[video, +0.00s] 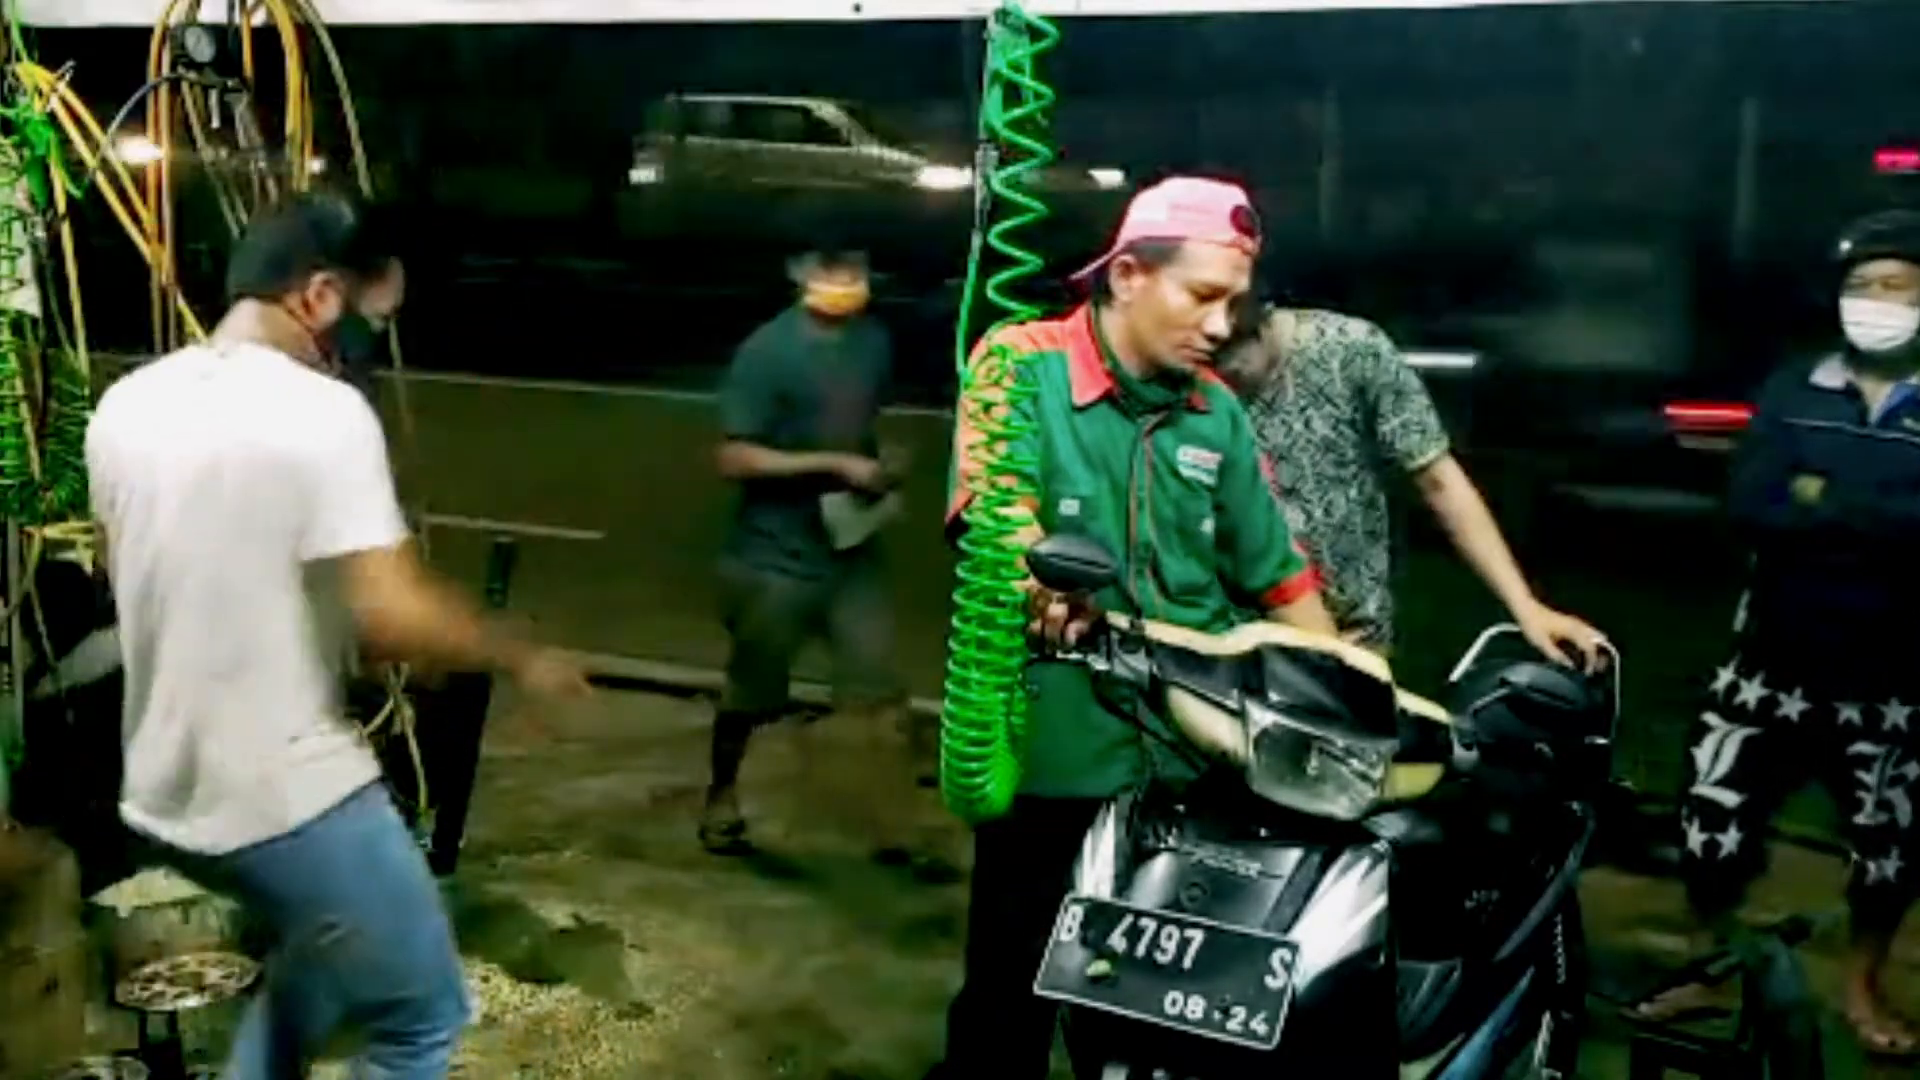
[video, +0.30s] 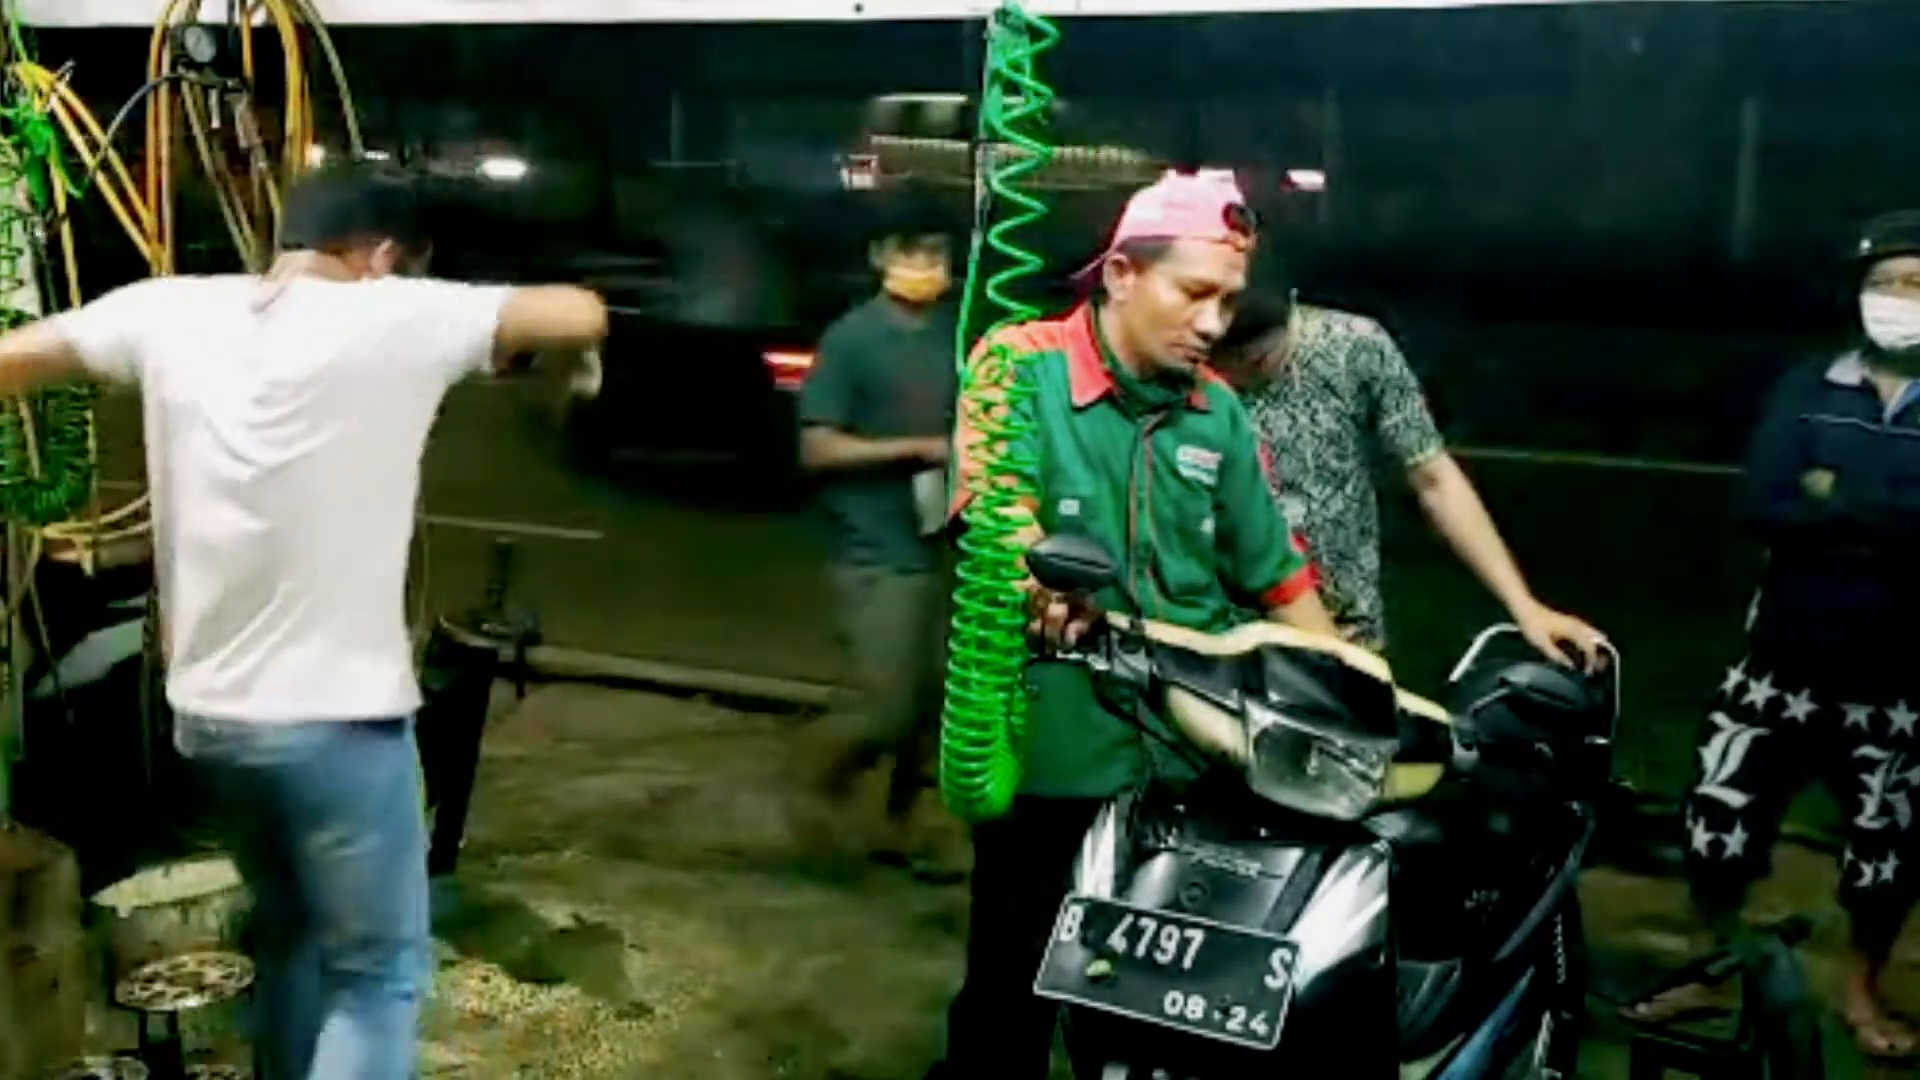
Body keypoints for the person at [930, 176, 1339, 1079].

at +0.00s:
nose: (1220, 325)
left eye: (1234, 304)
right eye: (1204, 296)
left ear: (1245, 303)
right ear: (1127, 276)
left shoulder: (1218, 416)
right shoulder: (1018, 367)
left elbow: (1286, 587)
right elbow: (994, 510)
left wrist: (1343, 702)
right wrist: (1045, 594)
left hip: (1189, 762)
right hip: (1048, 760)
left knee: (1162, 1017)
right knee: (1006, 1016)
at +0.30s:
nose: (1212, 322)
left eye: (1228, 303)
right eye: (1196, 292)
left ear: (1237, 304)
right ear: (1120, 276)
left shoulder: (1220, 415)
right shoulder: (1019, 369)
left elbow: (1284, 585)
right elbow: (993, 518)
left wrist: (1348, 702)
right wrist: (1043, 600)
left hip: (1187, 761)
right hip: (1047, 760)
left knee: (1160, 1012)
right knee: (1007, 1014)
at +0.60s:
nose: (1191, 312)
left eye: (1213, 292)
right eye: (1170, 281)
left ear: (1228, 301)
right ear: (1104, 272)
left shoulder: (1221, 418)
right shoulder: (1020, 371)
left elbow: (1288, 589)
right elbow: (988, 515)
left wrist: (1345, 710)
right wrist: (1041, 597)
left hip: (1187, 759)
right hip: (1048, 755)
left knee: (1160, 1010)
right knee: (1008, 1011)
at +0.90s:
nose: (1176, 305)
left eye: (1200, 284)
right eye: (1153, 275)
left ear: (1221, 297)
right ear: (1095, 273)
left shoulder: (1218, 415)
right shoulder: (1017, 368)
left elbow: (1282, 584)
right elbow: (986, 505)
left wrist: (1342, 701)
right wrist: (1042, 593)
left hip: (1188, 755)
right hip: (1048, 752)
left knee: (1159, 1010)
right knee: (1008, 1009)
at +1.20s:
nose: (1135, 303)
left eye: (1164, 280)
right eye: (1113, 274)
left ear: (1203, 289)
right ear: (1077, 274)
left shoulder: (1219, 416)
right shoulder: (1015, 370)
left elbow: (1283, 585)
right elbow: (981, 522)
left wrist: (1340, 692)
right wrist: (1040, 599)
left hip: (1185, 759)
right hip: (1045, 757)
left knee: (1155, 1016)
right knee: (1001, 1016)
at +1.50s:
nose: (1075, 313)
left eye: (1102, 288)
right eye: (1059, 287)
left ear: (1165, 291)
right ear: (1039, 286)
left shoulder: (1204, 406)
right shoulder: (992, 378)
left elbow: (1284, 582)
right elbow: (961, 535)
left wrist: (1345, 687)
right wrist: (1027, 579)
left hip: (1179, 765)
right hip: (1030, 768)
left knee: (1156, 1029)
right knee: (972, 1027)